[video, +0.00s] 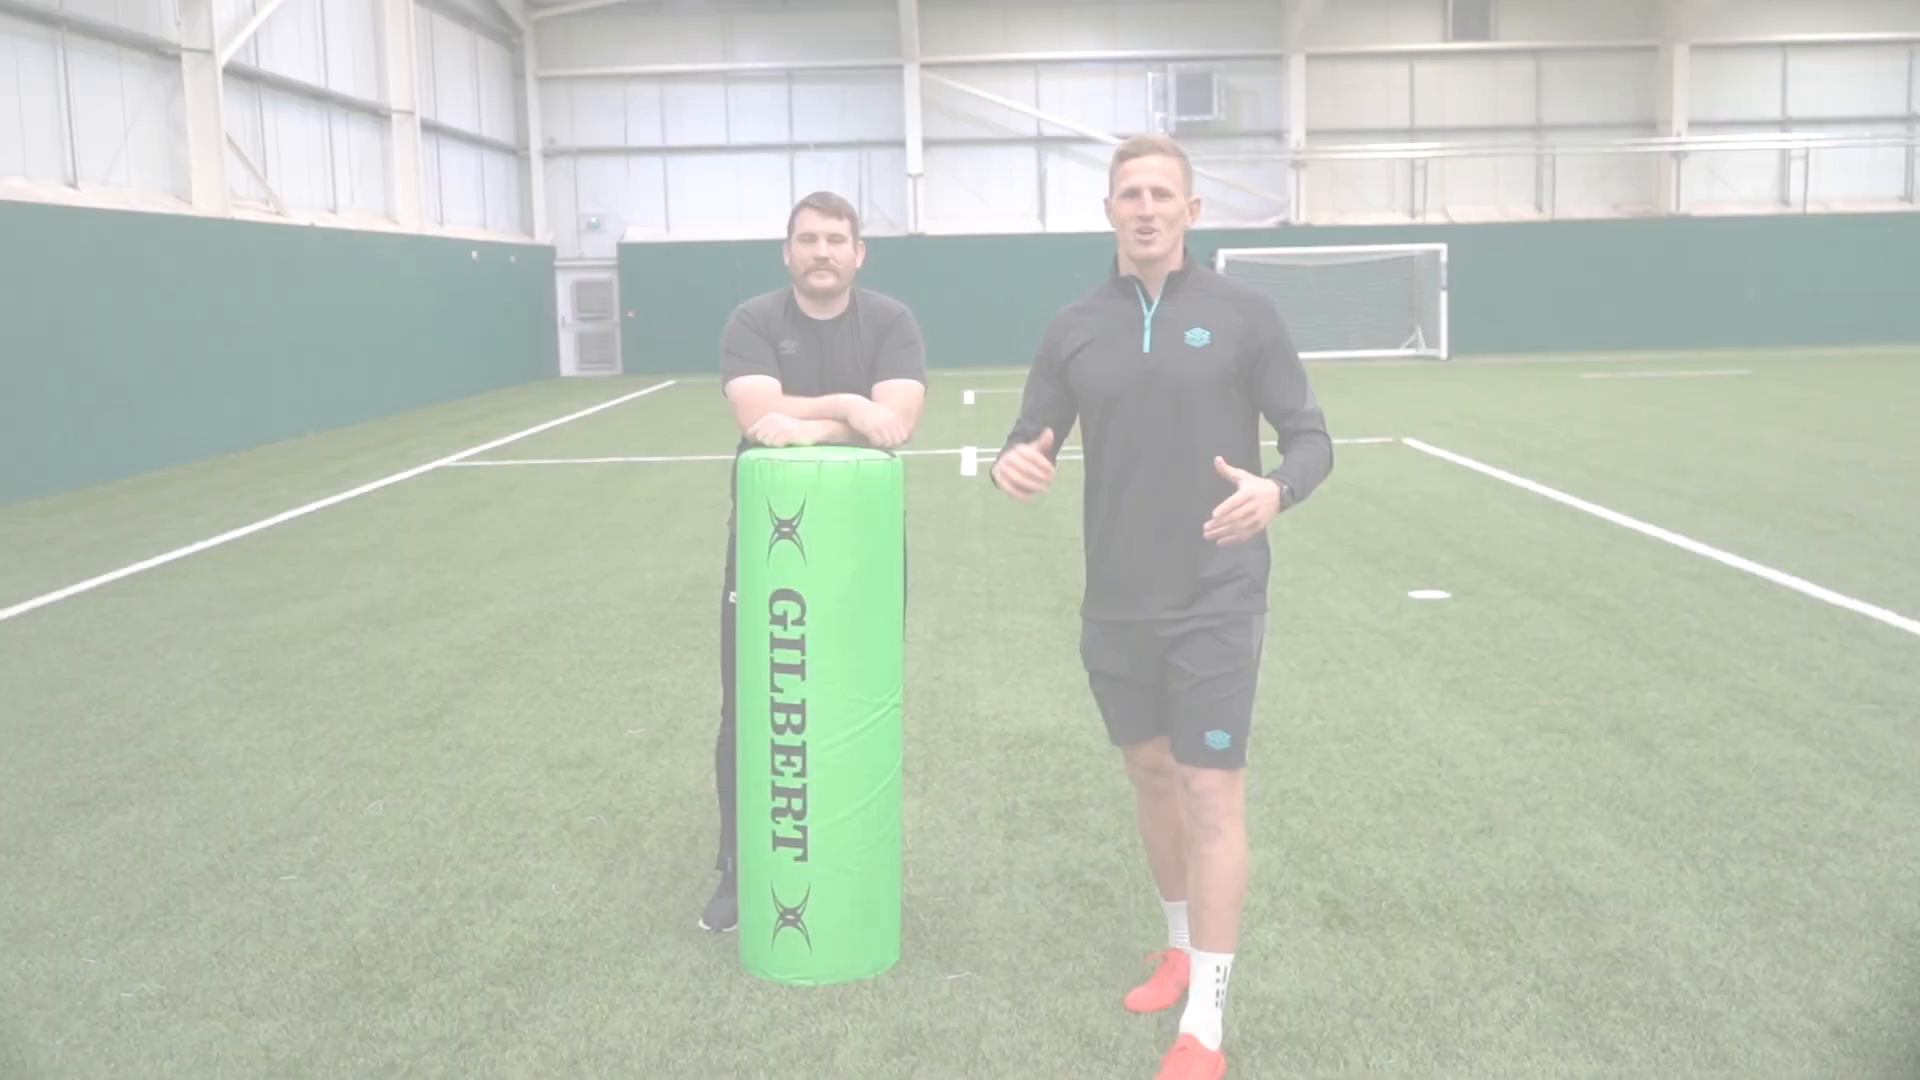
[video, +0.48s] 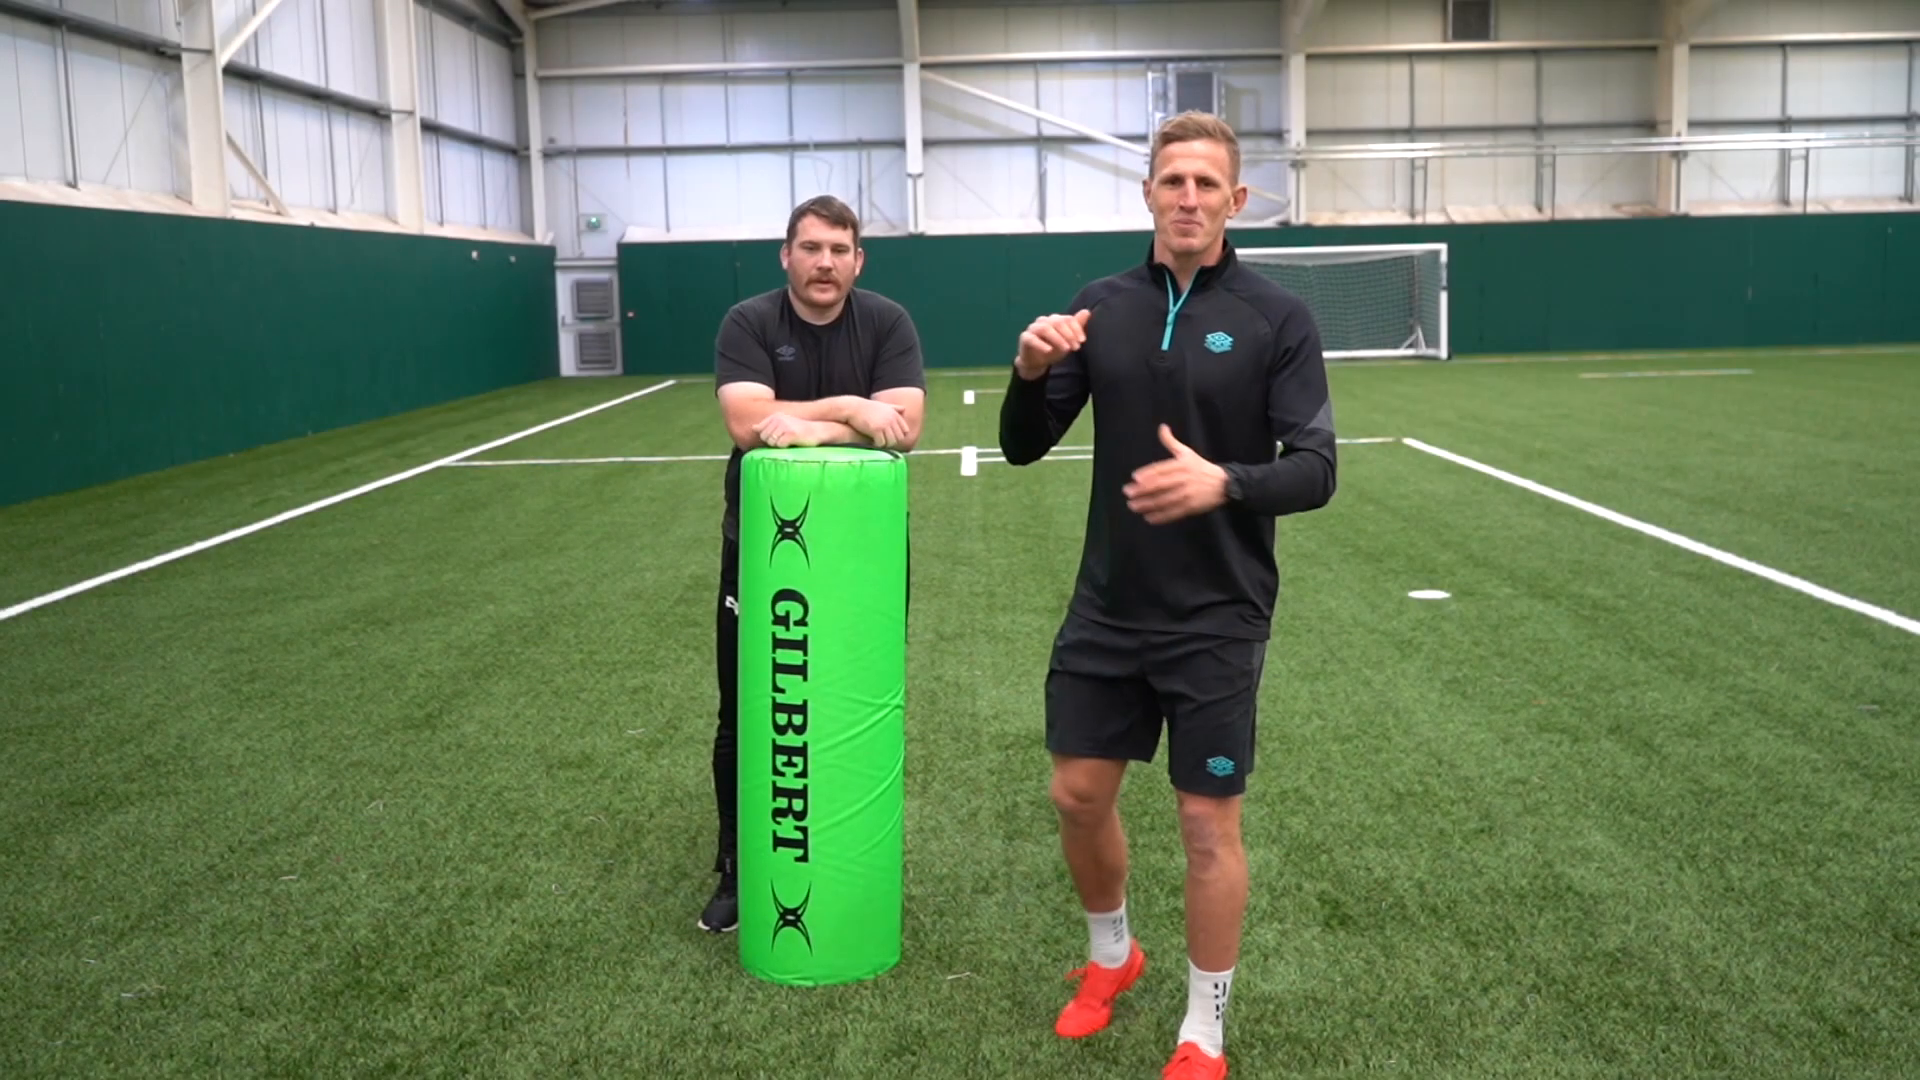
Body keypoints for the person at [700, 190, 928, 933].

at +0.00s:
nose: (822, 252)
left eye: (836, 240)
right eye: (809, 240)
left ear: (858, 251)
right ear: (788, 250)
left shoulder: (892, 321)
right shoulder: (754, 321)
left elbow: (892, 427)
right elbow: (761, 421)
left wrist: (806, 430)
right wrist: (851, 405)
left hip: (860, 546)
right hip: (768, 544)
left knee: (854, 715)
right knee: (749, 712)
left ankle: (846, 880)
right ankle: (738, 872)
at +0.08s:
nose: (825, 254)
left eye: (839, 242)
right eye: (812, 241)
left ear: (861, 253)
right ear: (790, 251)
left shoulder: (892, 322)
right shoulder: (755, 321)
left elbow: (900, 424)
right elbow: (753, 422)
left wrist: (805, 426)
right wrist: (855, 407)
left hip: (862, 550)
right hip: (767, 548)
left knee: (856, 717)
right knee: (748, 713)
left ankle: (848, 880)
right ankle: (738, 872)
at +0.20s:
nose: (827, 258)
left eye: (842, 245)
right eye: (814, 244)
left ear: (863, 256)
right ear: (791, 253)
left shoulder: (892, 322)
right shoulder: (755, 322)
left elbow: (902, 425)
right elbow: (752, 421)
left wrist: (802, 425)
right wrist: (856, 409)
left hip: (861, 550)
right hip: (766, 547)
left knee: (854, 717)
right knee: (749, 713)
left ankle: (846, 880)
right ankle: (738, 872)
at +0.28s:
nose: (827, 259)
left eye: (842, 247)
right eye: (814, 246)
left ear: (863, 257)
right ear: (791, 254)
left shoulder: (891, 323)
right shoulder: (754, 321)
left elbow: (904, 427)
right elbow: (751, 420)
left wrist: (801, 423)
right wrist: (858, 409)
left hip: (859, 550)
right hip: (765, 547)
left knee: (852, 719)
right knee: (748, 714)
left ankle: (844, 882)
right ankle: (737, 874)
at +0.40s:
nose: (826, 261)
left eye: (841, 248)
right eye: (813, 247)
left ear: (860, 258)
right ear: (789, 254)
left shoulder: (889, 322)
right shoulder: (752, 321)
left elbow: (905, 426)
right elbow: (748, 419)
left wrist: (804, 424)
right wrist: (857, 411)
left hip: (859, 551)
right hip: (763, 548)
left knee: (852, 718)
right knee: (747, 713)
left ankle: (844, 883)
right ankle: (737, 874)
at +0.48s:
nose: (825, 263)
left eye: (840, 250)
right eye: (811, 249)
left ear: (858, 259)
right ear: (787, 255)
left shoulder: (887, 322)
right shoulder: (750, 322)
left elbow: (904, 429)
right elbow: (746, 423)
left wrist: (800, 425)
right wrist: (854, 409)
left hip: (858, 550)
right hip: (762, 548)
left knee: (852, 718)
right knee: (746, 714)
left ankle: (845, 883)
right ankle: (736, 875)